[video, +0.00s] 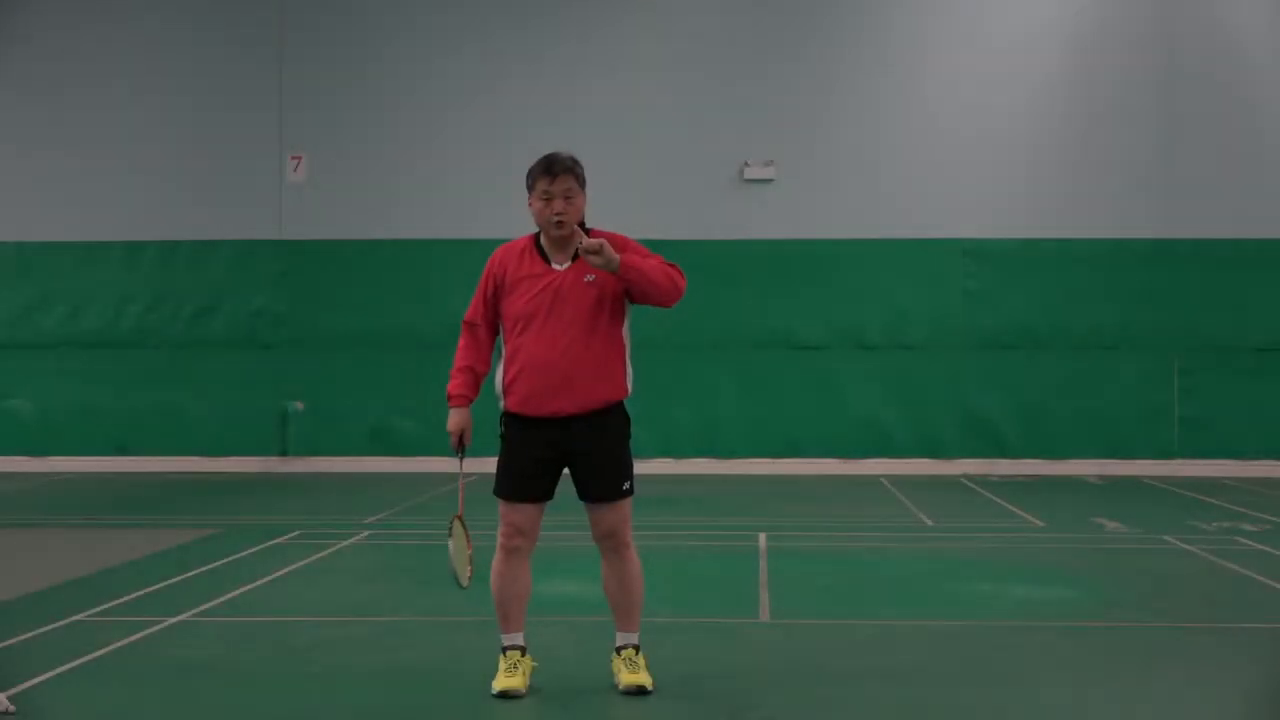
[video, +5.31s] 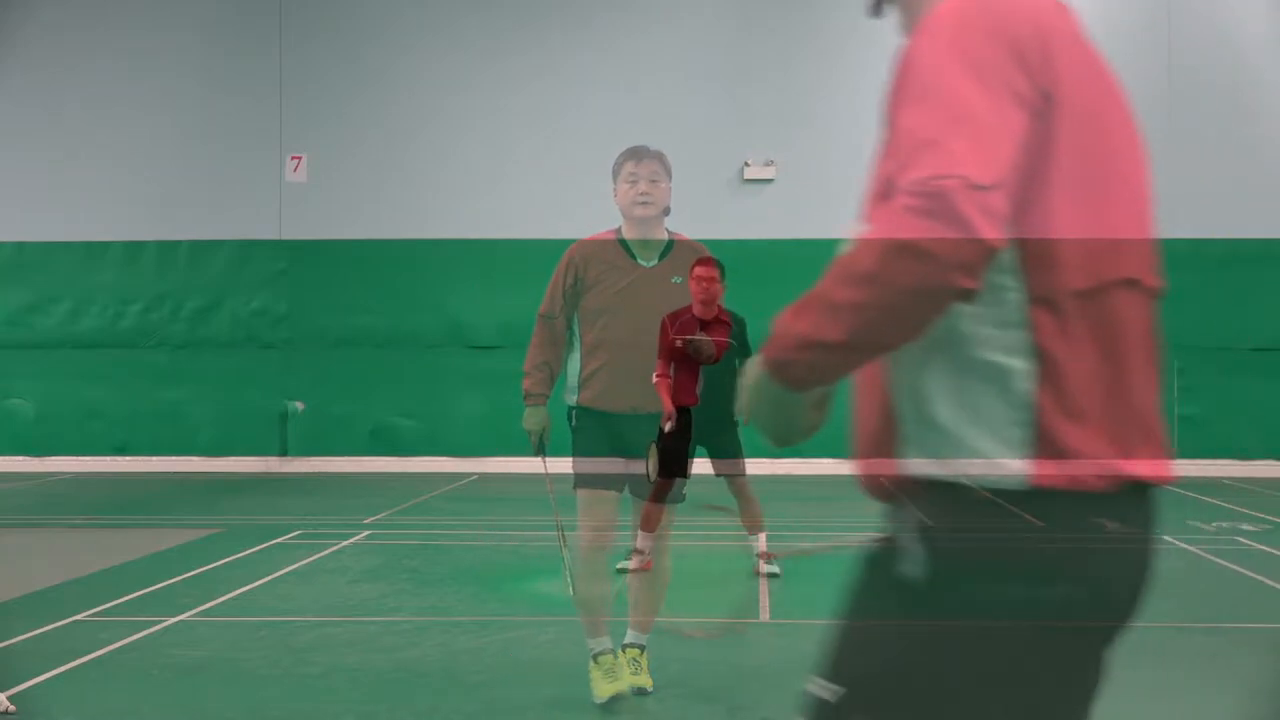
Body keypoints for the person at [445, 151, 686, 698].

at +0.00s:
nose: (557, 207)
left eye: (567, 196)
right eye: (546, 198)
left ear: (584, 200)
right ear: (531, 204)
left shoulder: (613, 251)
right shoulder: (506, 262)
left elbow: (672, 289)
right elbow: (477, 332)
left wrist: (616, 261)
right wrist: (460, 402)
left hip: (600, 419)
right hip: (527, 422)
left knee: (615, 536)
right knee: (514, 537)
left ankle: (629, 650)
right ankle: (512, 653)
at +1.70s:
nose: (565, 213)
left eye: (575, 203)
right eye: (553, 204)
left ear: (592, 208)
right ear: (538, 212)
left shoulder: (623, 261)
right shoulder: (512, 268)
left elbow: (662, 329)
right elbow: (486, 337)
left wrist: (620, 344)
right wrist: (477, 409)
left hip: (608, 426)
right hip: (535, 427)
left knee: (621, 537)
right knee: (519, 538)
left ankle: (629, 650)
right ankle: (513, 651)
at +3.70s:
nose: (555, 218)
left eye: (565, 208)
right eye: (543, 208)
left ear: (582, 212)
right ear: (527, 215)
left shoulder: (610, 258)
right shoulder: (503, 270)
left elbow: (659, 316)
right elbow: (480, 340)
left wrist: (603, 297)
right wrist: (470, 412)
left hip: (605, 425)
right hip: (532, 429)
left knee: (619, 536)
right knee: (517, 537)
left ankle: (629, 650)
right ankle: (513, 652)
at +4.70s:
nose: (590, 188)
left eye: (601, 180)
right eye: (579, 181)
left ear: (619, 195)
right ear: (564, 197)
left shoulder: (652, 258)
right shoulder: (539, 261)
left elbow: (686, 319)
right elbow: (507, 331)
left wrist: (663, 336)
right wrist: (488, 404)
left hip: (632, 420)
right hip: (558, 420)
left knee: (633, 538)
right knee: (528, 537)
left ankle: (631, 650)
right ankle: (514, 649)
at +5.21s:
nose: (639, 188)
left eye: (649, 180)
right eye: (628, 181)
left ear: (667, 194)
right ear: (611, 196)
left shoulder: (694, 261)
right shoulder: (582, 257)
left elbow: (714, 335)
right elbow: (549, 329)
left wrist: (706, 345)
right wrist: (535, 400)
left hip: (667, 419)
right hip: (596, 415)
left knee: (650, 543)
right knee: (583, 537)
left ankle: (634, 650)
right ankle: (579, 651)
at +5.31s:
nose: (643, 187)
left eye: (653, 179)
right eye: (632, 180)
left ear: (671, 191)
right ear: (615, 193)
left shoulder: (695, 259)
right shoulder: (584, 257)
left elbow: (719, 339)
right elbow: (549, 330)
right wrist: (536, 400)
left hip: (671, 419)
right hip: (600, 416)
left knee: (655, 538)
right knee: (595, 536)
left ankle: (636, 649)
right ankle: (600, 653)